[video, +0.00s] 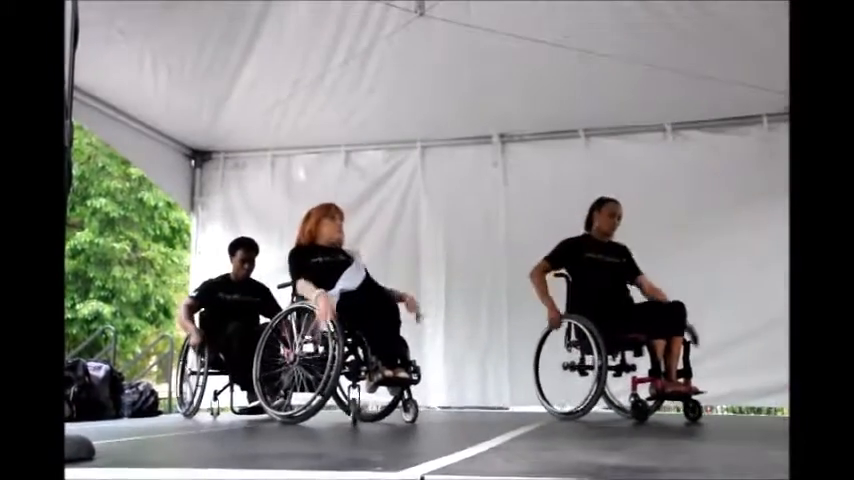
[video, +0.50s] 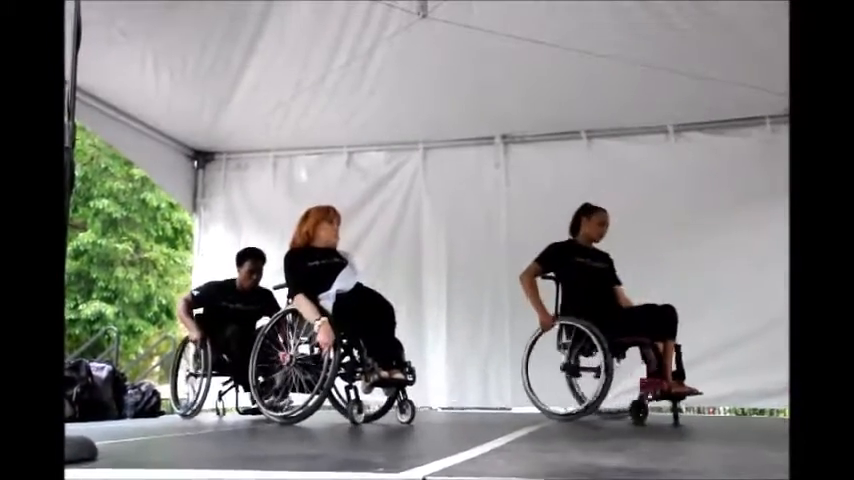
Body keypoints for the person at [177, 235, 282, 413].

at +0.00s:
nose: (248, 266)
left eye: (252, 261)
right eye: (244, 261)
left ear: (255, 262)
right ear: (232, 259)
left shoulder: (259, 291)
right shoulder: (214, 287)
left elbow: (282, 319)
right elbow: (186, 310)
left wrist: (289, 344)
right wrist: (193, 332)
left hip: (249, 346)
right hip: (216, 348)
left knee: (273, 331)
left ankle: (272, 394)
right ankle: (256, 395)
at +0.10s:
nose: (251, 269)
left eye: (254, 265)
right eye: (246, 264)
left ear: (257, 264)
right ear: (234, 262)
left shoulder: (260, 293)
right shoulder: (213, 288)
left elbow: (281, 321)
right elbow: (185, 311)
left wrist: (288, 346)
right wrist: (192, 332)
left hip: (248, 346)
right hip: (215, 348)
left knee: (270, 332)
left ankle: (273, 395)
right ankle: (254, 394)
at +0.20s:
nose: (252, 273)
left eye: (256, 269)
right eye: (248, 268)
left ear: (259, 268)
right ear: (236, 266)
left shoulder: (261, 295)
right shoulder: (214, 288)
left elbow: (280, 323)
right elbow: (183, 306)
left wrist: (286, 348)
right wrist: (191, 330)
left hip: (245, 349)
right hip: (213, 350)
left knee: (268, 334)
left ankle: (270, 393)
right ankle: (251, 393)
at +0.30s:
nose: (253, 276)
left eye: (257, 272)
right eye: (249, 271)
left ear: (261, 271)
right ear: (237, 269)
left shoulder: (262, 297)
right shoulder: (215, 289)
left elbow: (280, 323)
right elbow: (184, 304)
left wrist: (285, 346)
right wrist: (190, 329)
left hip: (244, 351)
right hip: (212, 352)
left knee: (270, 334)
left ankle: (269, 392)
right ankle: (252, 392)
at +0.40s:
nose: (255, 278)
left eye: (259, 274)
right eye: (251, 273)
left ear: (262, 273)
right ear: (239, 270)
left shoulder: (264, 297)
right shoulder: (215, 290)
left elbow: (281, 323)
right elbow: (184, 304)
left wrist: (285, 347)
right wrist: (192, 329)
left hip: (245, 351)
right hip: (213, 352)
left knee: (272, 339)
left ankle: (272, 395)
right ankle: (255, 394)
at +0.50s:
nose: (256, 277)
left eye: (259, 272)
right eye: (251, 272)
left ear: (263, 271)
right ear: (239, 269)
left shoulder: (264, 297)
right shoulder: (216, 290)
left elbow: (281, 323)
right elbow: (184, 305)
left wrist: (285, 347)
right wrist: (193, 329)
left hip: (247, 349)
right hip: (215, 349)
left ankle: (274, 393)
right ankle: (258, 394)